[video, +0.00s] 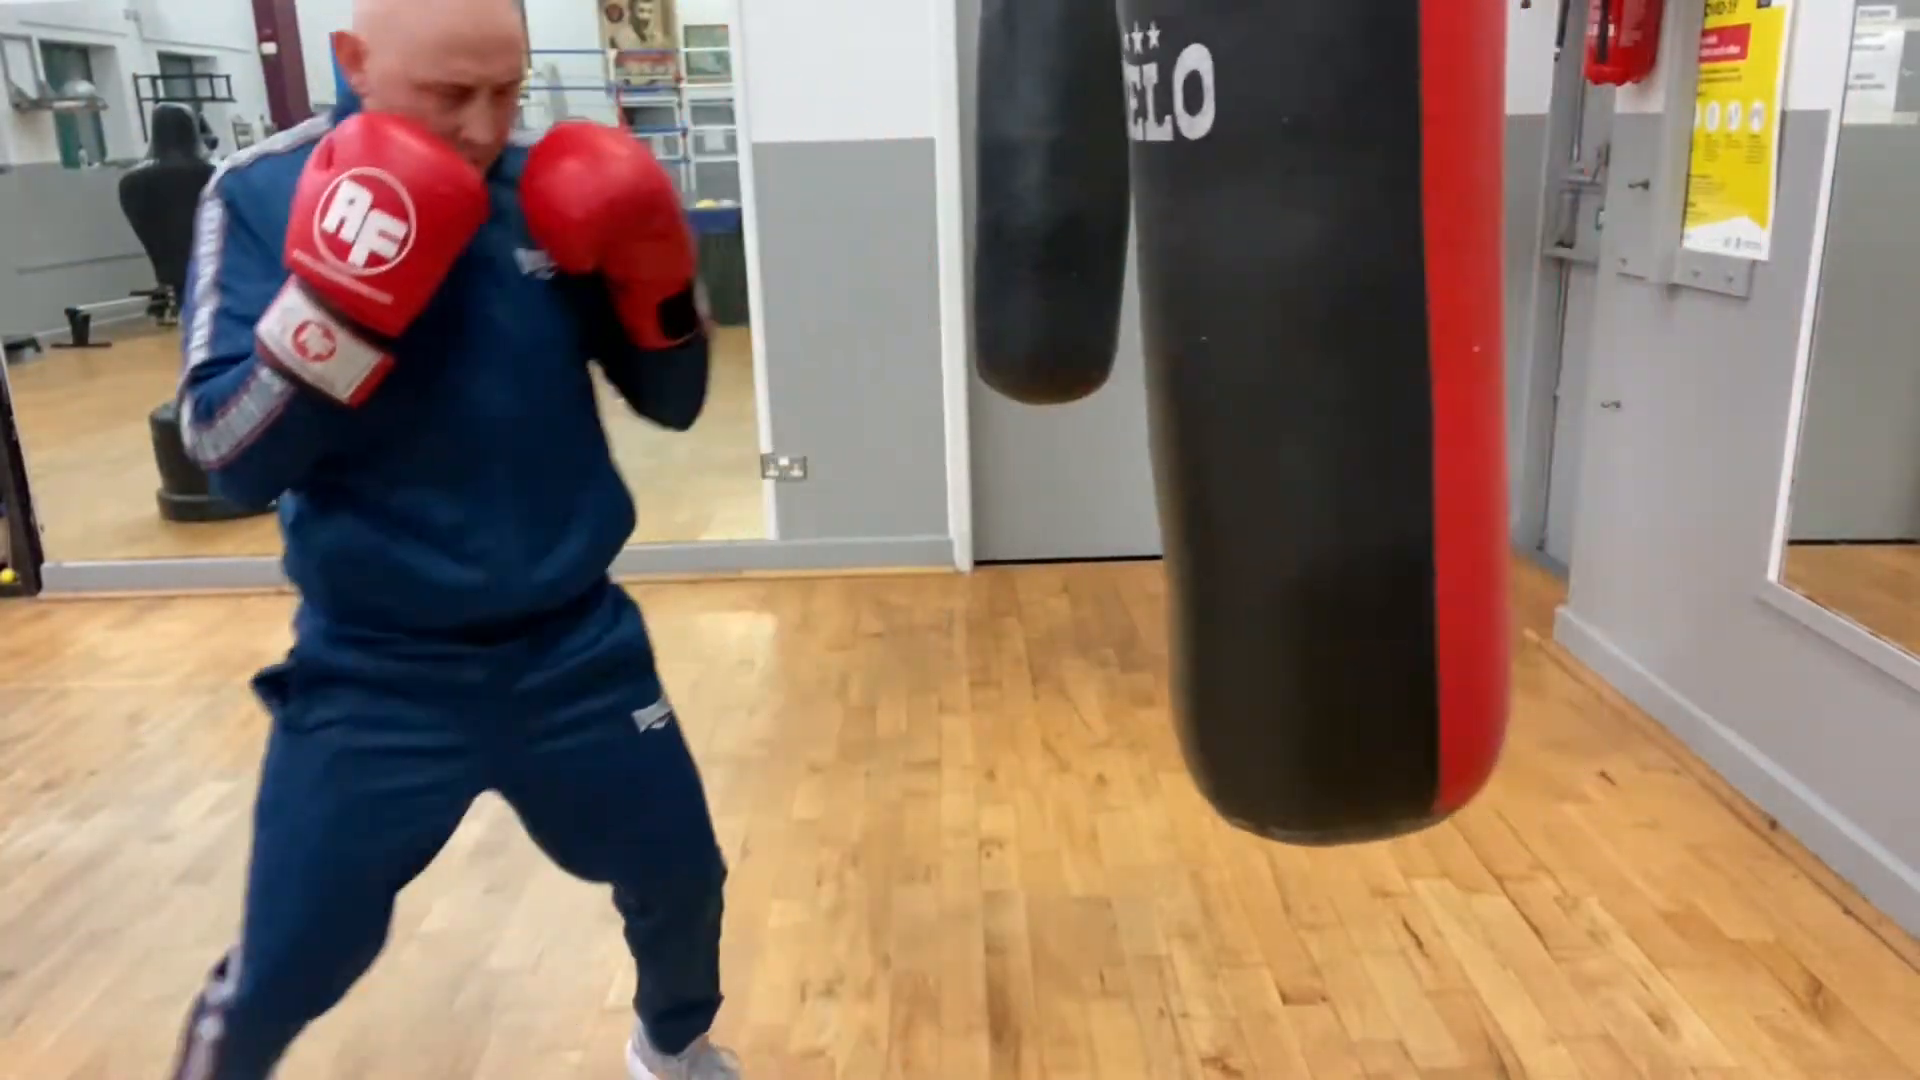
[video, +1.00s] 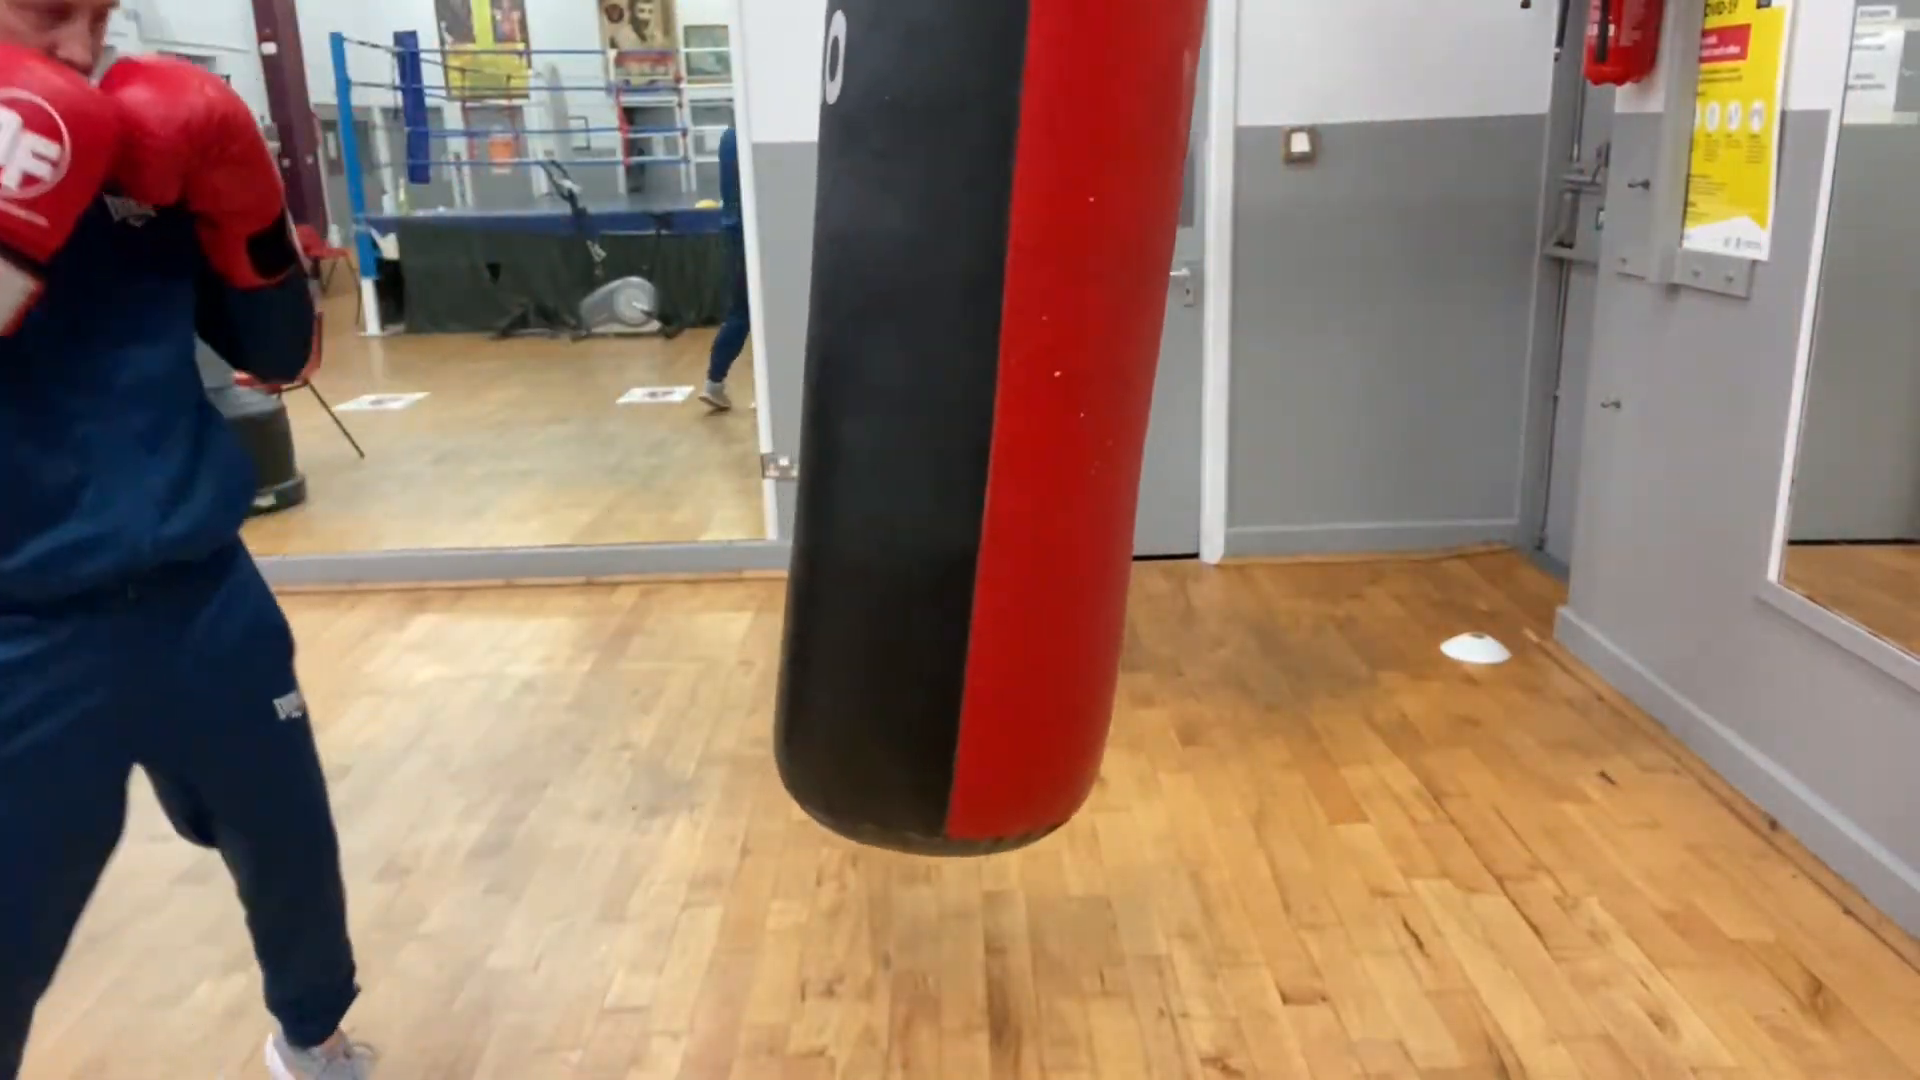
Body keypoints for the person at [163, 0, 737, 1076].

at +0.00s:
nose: (481, 129)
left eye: (505, 93)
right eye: (446, 96)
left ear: (526, 70)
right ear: (357, 63)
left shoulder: (554, 180)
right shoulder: (261, 198)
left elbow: (674, 401)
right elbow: (227, 463)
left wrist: (654, 276)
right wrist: (338, 303)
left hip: (574, 649)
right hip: (376, 670)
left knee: (683, 881)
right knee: (299, 969)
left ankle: (676, 1050)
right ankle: (227, 1044)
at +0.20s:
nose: (299, 118)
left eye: (321, 85)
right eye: (263, 85)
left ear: (338, 66)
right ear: (157, 48)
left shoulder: (349, 177)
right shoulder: (41, 190)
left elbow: (448, 428)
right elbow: (19, 468)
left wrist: (440, 292)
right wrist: (155, 309)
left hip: (381, 668)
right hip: (155, 699)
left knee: (547, 893)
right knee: (101, 1027)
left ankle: (652, 1043)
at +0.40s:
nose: (160, 82)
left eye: (180, 45)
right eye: (123, 41)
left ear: (196, 39)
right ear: (15, 26)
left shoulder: (212, 164)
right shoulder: (8, 199)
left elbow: (346, 385)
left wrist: (316, 233)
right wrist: (33, 279)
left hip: (269, 627)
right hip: (59, 669)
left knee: (417, 880)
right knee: (40, 1025)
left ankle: (350, 1050)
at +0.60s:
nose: (111, 38)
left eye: (133, 10)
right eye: (78, 5)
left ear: (149, 16)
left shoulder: (176, 144)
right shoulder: (3, 177)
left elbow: (306, 372)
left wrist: (260, 210)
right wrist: (23, 236)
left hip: (226, 623)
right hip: (39, 650)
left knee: (301, 902)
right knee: (36, 1001)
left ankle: (276, 1067)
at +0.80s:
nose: (134, 85)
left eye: (154, 53)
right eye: (101, 46)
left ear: (170, 56)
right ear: (6, 36)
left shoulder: (186, 181)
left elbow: (312, 387)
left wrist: (281, 249)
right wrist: (30, 292)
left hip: (237, 625)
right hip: (40, 660)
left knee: (329, 876)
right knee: (13, 997)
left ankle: (322, 1046)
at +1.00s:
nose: (77, 38)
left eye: (94, 13)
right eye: (48, 13)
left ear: (116, 17)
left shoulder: (145, 150)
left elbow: (278, 355)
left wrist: (243, 192)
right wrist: (24, 224)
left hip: (202, 594)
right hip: (33, 626)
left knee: (291, 847)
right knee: (15, 949)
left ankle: (312, 1040)